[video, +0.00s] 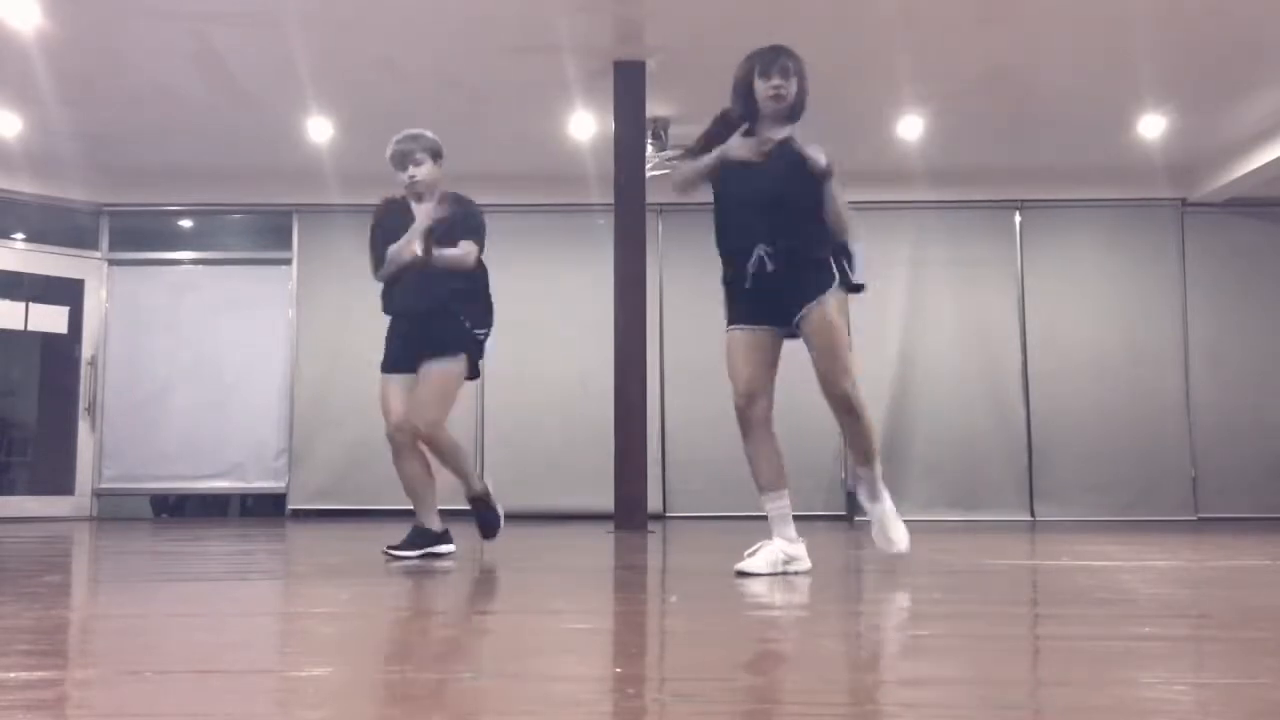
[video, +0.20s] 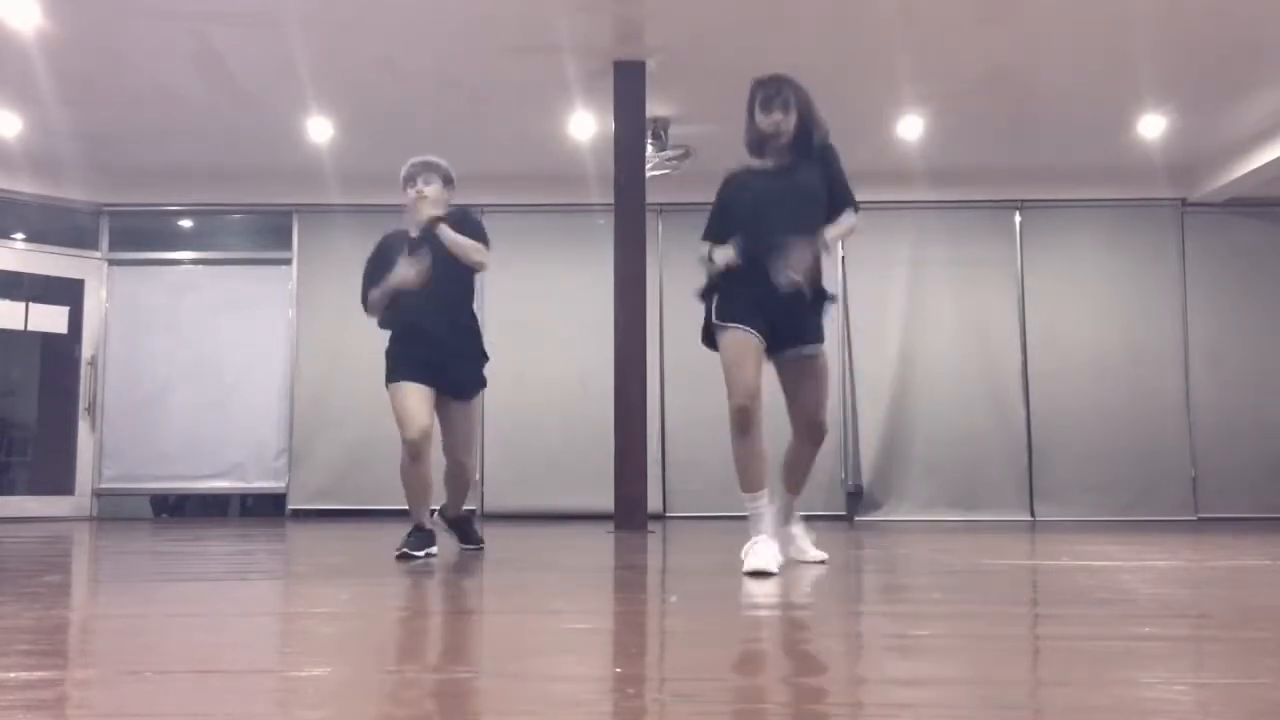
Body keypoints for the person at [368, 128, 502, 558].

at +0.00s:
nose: (411, 171)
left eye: (419, 162)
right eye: (403, 165)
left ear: (438, 164)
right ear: (396, 173)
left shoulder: (461, 207)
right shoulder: (389, 213)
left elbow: (468, 256)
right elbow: (385, 268)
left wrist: (422, 254)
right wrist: (419, 224)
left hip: (452, 325)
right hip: (404, 327)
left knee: (424, 424)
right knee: (397, 428)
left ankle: (476, 490)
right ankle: (430, 528)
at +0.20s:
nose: (419, 188)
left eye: (428, 181)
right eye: (411, 183)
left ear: (447, 191)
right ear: (404, 195)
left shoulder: (463, 222)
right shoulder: (391, 243)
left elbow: (480, 259)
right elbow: (371, 304)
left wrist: (437, 225)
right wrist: (395, 280)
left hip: (459, 349)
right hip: (408, 351)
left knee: (463, 456)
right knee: (415, 437)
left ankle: (455, 513)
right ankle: (420, 528)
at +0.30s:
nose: (409, 208)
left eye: (420, 201)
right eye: (403, 204)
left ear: (441, 211)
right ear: (398, 217)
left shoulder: (467, 245)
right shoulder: (391, 268)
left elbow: (513, 280)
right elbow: (374, 321)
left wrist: (472, 272)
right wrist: (401, 345)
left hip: (459, 373)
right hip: (409, 374)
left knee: (490, 468)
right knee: (404, 442)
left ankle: (449, 519)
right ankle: (422, 529)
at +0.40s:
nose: (423, 250)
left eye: (422, 239)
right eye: (412, 249)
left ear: (439, 235)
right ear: (409, 261)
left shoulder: (477, 277)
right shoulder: (410, 297)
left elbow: (483, 318)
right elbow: (376, 344)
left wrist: (495, 342)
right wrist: (409, 387)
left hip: (461, 402)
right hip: (414, 399)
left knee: (513, 464)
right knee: (406, 446)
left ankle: (453, 521)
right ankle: (423, 528)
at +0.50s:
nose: (456, 285)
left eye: (454, 275)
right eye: (444, 283)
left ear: (458, 271)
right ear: (431, 290)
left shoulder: (459, 314)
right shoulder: (445, 323)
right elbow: (433, 383)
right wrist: (463, 431)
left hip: (456, 417)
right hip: (417, 419)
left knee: (511, 461)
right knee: (452, 455)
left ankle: (450, 524)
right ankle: (401, 525)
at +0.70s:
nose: (480, 325)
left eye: (481, 318)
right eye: (478, 319)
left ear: (436, 316)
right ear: (460, 318)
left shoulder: (407, 353)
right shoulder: (477, 352)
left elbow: (388, 408)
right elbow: (494, 420)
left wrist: (437, 417)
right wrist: (509, 466)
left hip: (404, 460)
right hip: (443, 463)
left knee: (494, 455)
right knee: (515, 526)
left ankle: (447, 528)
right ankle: (411, 513)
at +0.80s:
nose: (464, 324)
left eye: (462, 319)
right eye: (463, 319)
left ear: (421, 322)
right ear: (458, 318)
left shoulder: (404, 359)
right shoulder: (475, 344)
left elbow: (433, 410)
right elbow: (505, 398)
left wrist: (487, 431)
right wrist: (504, 448)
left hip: (408, 465)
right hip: (448, 465)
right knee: (516, 538)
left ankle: (447, 530)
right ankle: (417, 513)